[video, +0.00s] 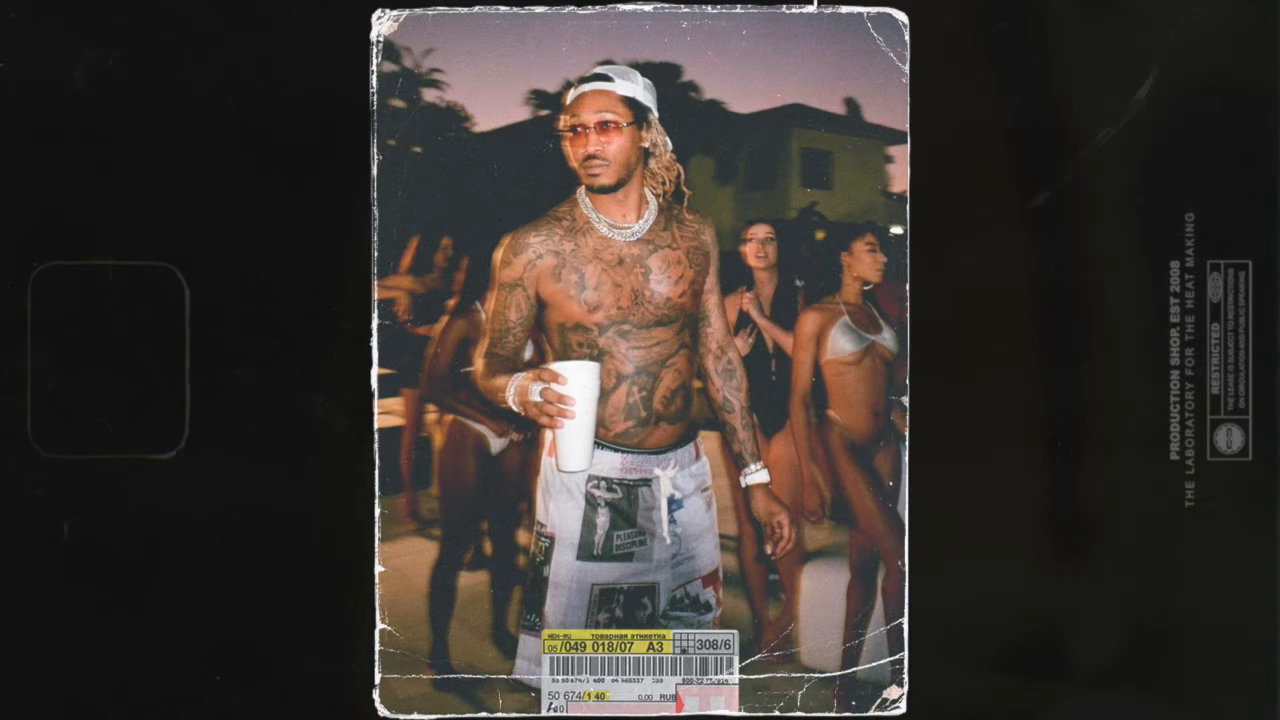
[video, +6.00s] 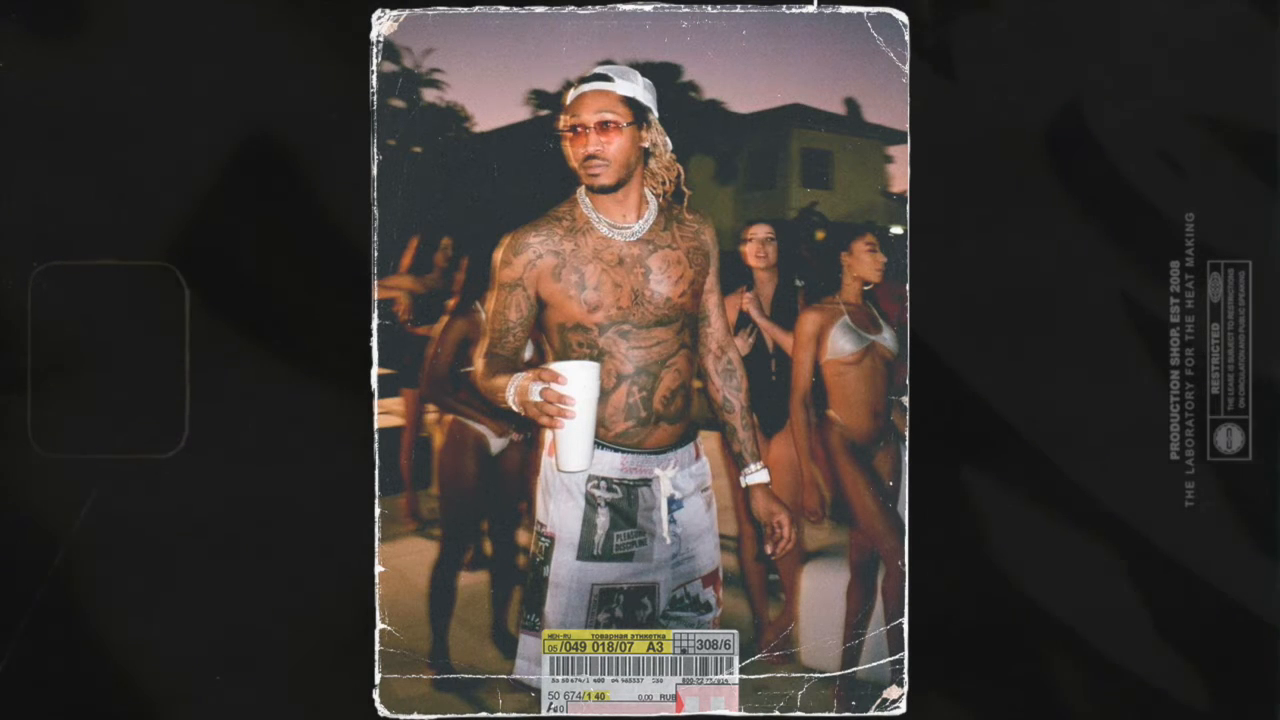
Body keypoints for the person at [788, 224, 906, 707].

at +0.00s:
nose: (882, 259)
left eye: (882, 251)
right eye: (871, 251)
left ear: (873, 262)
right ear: (843, 259)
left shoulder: (878, 316)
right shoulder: (818, 317)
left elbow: (888, 390)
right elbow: (799, 403)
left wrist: (901, 428)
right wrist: (813, 478)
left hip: (882, 447)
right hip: (838, 448)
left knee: (863, 563)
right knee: (898, 552)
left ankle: (846, 673)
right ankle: (902, 671)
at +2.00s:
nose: (882, 259)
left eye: (881, 251)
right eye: (871, 251)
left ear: (869, 261)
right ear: (844, 259)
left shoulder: (877, 314)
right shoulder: (818, 317)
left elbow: (886, 390)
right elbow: (798, 403)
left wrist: (902, 435)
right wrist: (813, 478)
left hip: (882, 447)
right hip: (838, 448)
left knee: (864, 562)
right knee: (898, 552)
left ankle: (847, 673)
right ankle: (902, 671)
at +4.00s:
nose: (882, 259)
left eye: (881, 251)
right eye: (871, 251)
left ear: (870, 261)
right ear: (844, 259)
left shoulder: (877, 315)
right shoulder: (818, 317)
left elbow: (885, 394)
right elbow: (798, 404)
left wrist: (900, 445)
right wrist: (813, 478)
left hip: (880, 448)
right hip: (838, 449)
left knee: (863, 564)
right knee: (898, 552)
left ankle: (846, 673)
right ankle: (903, 670)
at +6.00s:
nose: (882, 259)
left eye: (881, 251)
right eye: (871, 251)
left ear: (872, 262)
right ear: (844, 259)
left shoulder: (877, 315)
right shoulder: (818, 317)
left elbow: (886, 391)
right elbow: (799, 402)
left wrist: (900, 433)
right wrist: (812, 477)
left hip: (883, 447)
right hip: (839, 448)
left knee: (863, 562)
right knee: (897, 552)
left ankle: (846, 672)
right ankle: (902, 670)